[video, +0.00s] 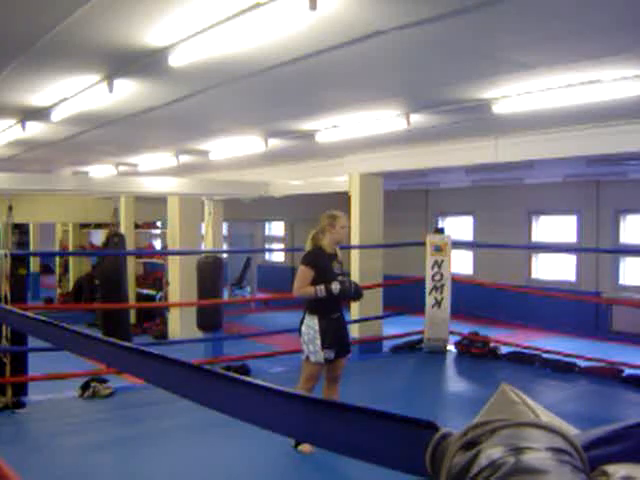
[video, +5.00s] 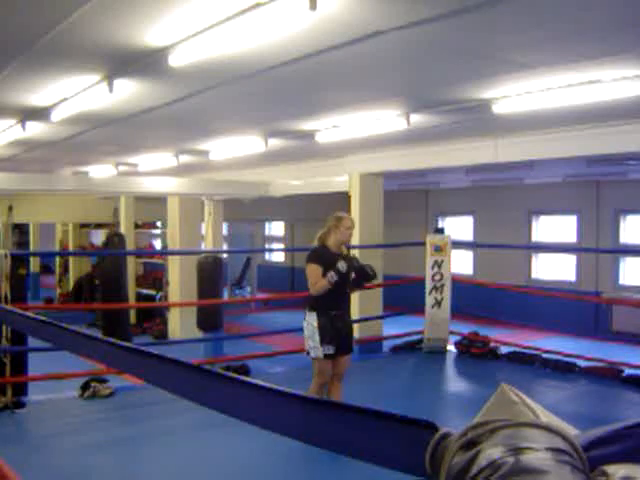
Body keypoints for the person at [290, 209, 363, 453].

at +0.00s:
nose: (346, 233)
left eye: (347, 229)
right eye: (343, 228)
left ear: (337, 230)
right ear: (329, 229)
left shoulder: (336, 258)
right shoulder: (314, 256)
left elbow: (333, 289)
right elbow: (298, 290)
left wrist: (350, 290)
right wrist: (329, 288)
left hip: (336, 317)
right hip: (316, 318)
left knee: (334, 378)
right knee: (309, 379)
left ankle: (330, 429)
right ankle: (300, 431)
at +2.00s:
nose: (347, 233)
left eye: (347, 229)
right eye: (343, 229)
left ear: (338, 230)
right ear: (328, 229)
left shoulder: (336, 258)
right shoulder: (314, 255)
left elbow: (333, 288)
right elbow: (298, 290)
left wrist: (350, 291)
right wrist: (329, 289)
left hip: (335, 317)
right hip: (316, 318)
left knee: (334, 378)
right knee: (309, 379)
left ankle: (330, 428)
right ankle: (299, 432)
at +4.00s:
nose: (348, 233)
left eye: (348, 229)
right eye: (344, 229)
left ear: (337, 231)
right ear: (330, 230)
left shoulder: (336, 258)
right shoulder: (315, 255)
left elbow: (333, 288)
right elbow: (299, 290)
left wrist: (350, 290)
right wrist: (330, 289)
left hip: (336, 317)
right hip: (316, 318)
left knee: (334, 378)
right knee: (309, 379)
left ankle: (330, 429)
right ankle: (298, 431)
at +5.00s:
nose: (351, 233)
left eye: (352, 229)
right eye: (347, 228)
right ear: (335, 228)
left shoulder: (346, 256)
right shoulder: (317, 255)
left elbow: (345, 287)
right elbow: (315, 288)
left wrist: (360, 279)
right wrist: (336, 273)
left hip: (342, 315)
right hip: (320, 315)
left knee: (338, 375)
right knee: (322, 375)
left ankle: (334, 418)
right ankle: (308, 417)